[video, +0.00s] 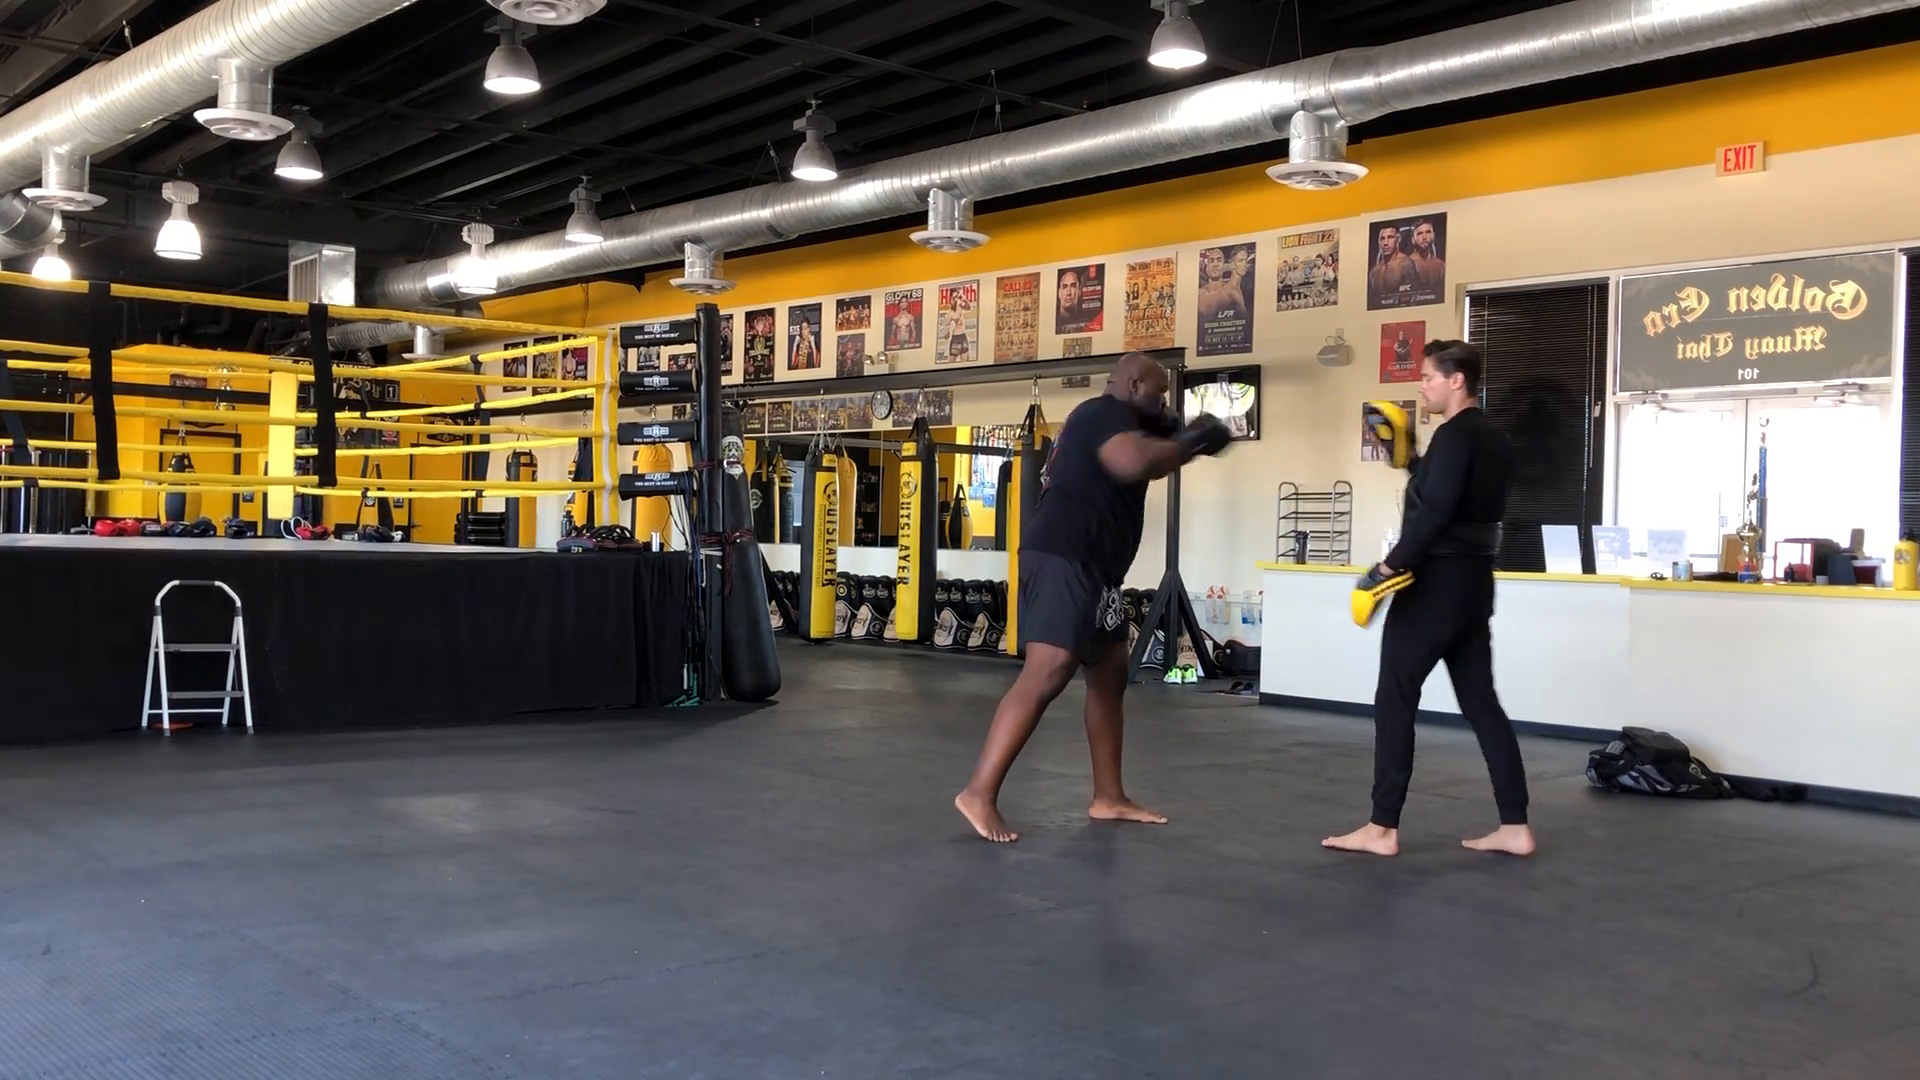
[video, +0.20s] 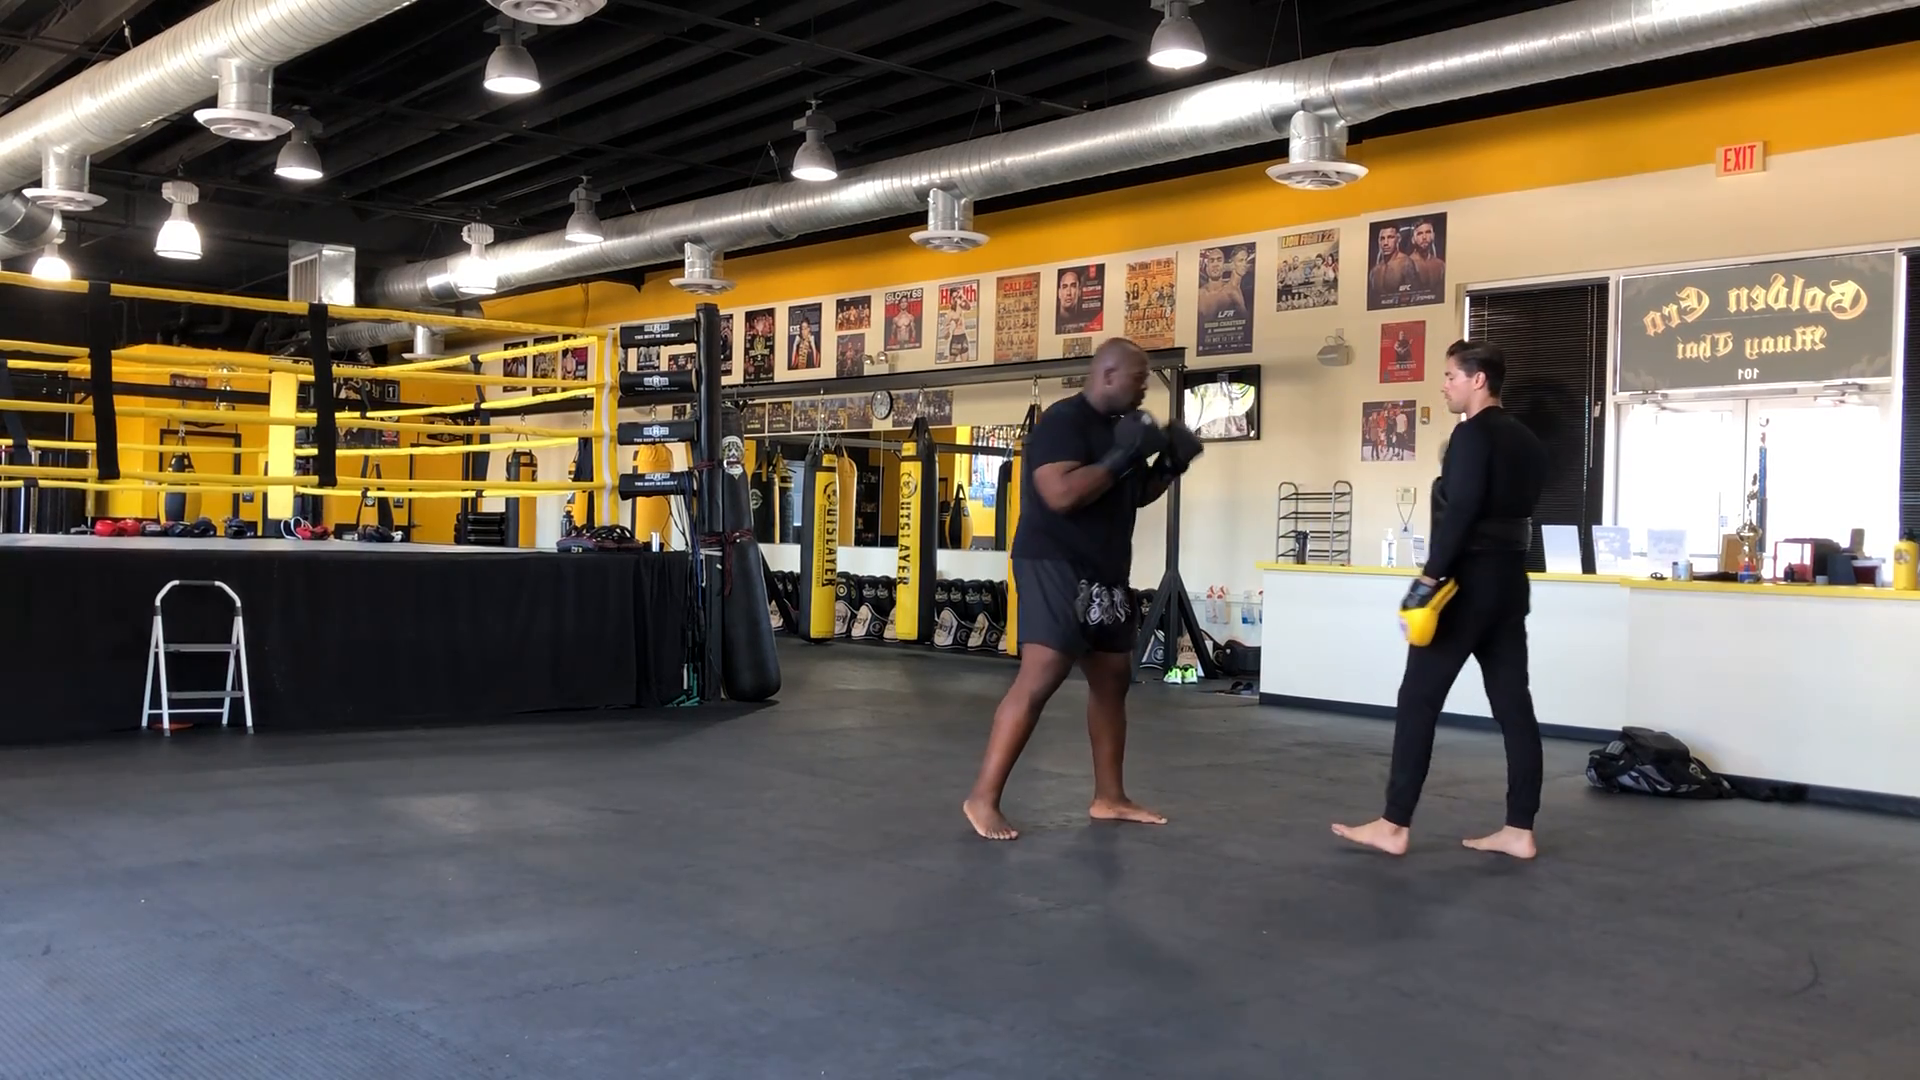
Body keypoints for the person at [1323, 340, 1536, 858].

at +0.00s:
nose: (1421, 388)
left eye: (1427, 379)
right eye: (1421, 378)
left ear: (1456, 381)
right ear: (1460, 385)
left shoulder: (1455, 435)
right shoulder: (1492, 435)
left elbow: (1432, 512)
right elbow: (1442, 491)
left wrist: (1387, 569)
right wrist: (1404, 454)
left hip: (1433, 582)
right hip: (1472, 582)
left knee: (1393, 700)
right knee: (1481, 703)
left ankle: (1382, 827)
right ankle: (1515, 827)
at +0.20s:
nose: (1444, 386)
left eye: (1451, 377)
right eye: (1445, 377)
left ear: (1479, 380)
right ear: (1485, 381)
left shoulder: (1473, 433)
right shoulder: (1519, 435)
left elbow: (1461, 510)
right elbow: (1515, 515)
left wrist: (1426, 580)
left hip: (1465, 587)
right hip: (1507, 588)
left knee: (1417, 699)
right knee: (1515, 710)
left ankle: (1392, 825)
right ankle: (1519, 831)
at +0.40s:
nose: (1456, 386)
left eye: (1462, 376)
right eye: (1457, 377)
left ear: (1491, 379)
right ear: (1497, 380)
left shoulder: (1488, 432)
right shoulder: (1542, 439)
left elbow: (1479, 509)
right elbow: (1563, 525)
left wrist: (1451, 580)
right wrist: (1523, 560)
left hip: (1481, 585)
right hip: (1526, 589)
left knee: (1436, 699)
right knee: (1524, 708)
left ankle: (1464, 825)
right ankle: (1521, 830)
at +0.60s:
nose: (1465, 383)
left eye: (1471, 373)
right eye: (1466, 373)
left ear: (1498, 376)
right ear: (1505, 379)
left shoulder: (1494, 432)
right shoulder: (1553, 436)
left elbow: (1481, 511)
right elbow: (1578, 522)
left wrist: (1455, 583)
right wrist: (1549, 575)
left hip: (1495, 583)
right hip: (1540, 584)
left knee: (1478, 705)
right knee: (1527, 703)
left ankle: (1522, 834)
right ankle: (1522, 826)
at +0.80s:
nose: (1466, 382)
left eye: (1471, 372)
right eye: (1467, 372)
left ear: (1499, 375)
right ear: (1506, 377)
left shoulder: (1498, 431)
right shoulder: (1557, 431)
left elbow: (1482, 513)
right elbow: (1587, 516)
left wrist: (1453, 579)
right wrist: (1551, 559)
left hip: (1506, 577)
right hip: (1549, 577)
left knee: (1512, 709)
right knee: (1523, 705)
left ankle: (1528, 843)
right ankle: (1520, 826)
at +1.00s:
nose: (1467, 387)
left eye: (1472, 377)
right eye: (1467, 376)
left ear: (1500, 376)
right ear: (1510, 378)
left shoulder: (1502, 432)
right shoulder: (1563, 429)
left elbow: (1488, 516)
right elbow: (1591, 515)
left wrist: (1454, 583)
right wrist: (1539, 537)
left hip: (1517, 574)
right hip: (1563, 573)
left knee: (1521, 707)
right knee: (1527, 704)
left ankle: (1530, 845)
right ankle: (1530, 824)